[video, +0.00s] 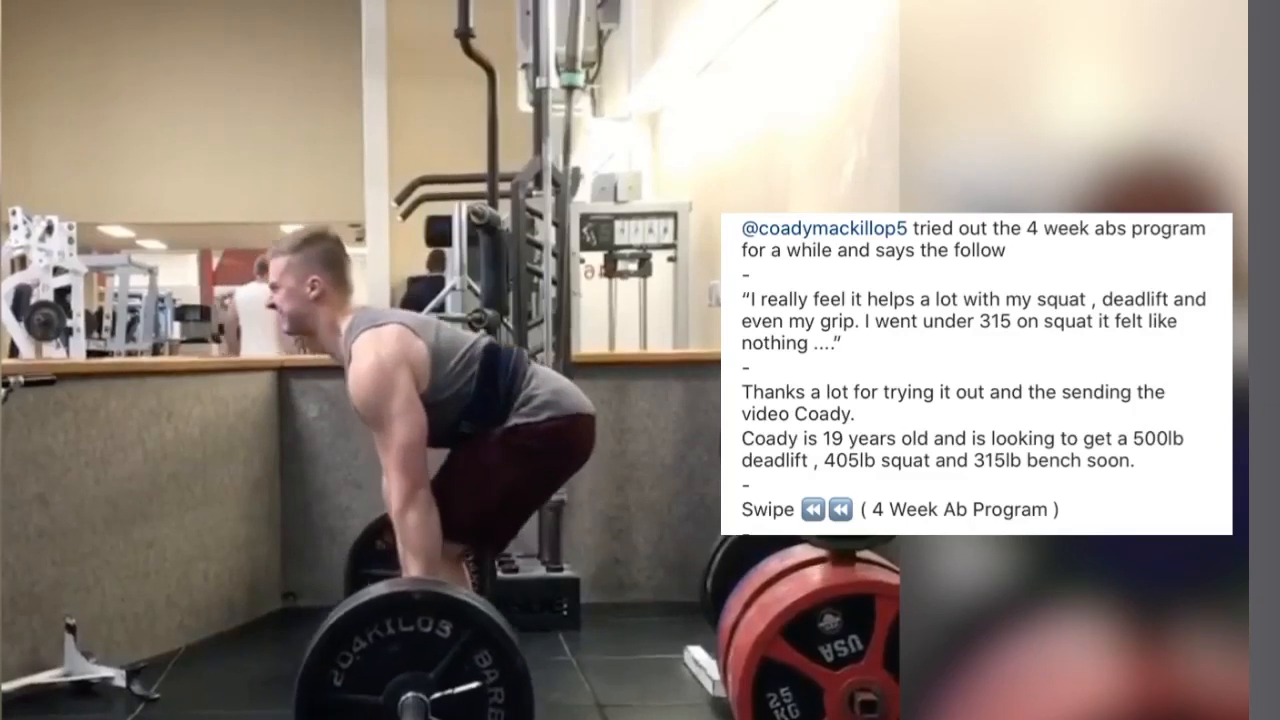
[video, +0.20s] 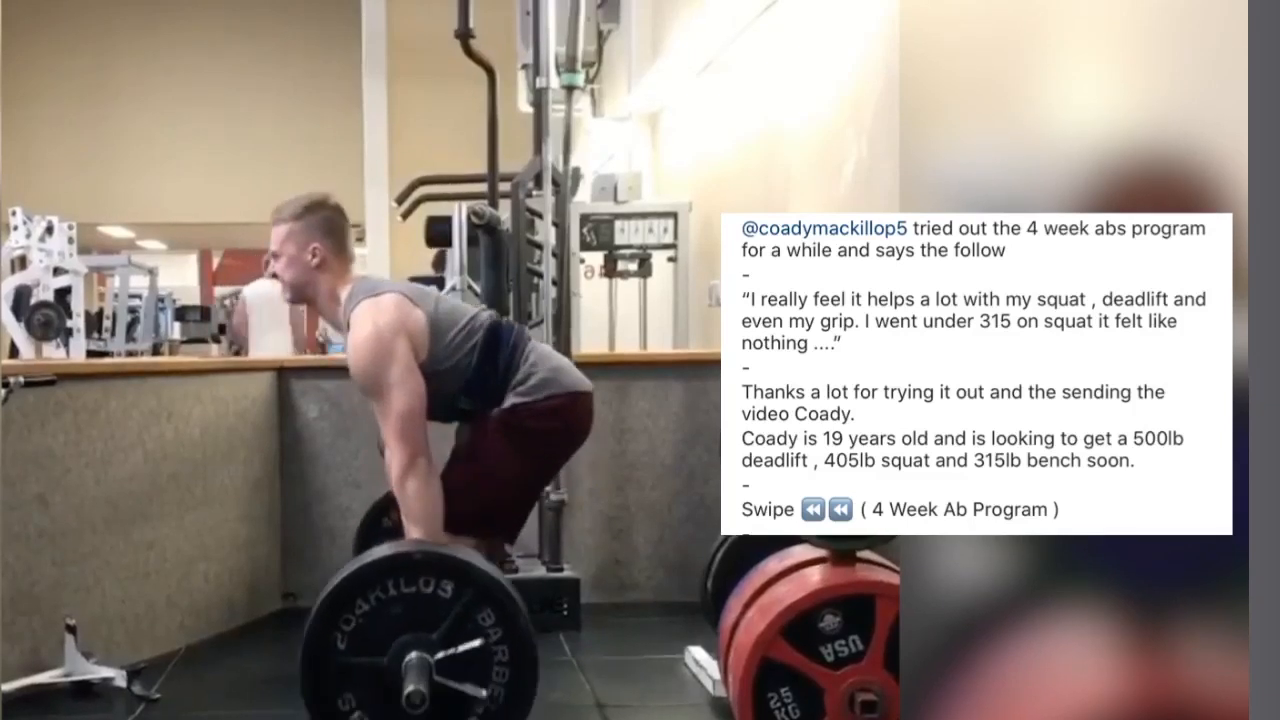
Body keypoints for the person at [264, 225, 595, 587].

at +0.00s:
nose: (271, 301)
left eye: (278, 288)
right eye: (271, 289)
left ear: (314, 287)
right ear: (315, 287)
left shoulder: (377, 359)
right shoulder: (365, 346)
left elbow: (411, 496)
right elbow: (397, 482)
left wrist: (420, 609)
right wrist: (417, 599)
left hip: (547, 418)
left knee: (434, 545)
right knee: (429, 541)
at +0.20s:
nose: (270, 268)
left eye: (277, 256)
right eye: (270, 257)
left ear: (314, 255)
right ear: (314, 255)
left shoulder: (375, 327)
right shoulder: (368, 313)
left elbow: (412, 464)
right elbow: (397, 451)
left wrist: (425, 579)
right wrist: (421, 567)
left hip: (542, 396)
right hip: (524, 394)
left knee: (457, 539)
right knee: (459, 536)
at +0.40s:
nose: (280, 221)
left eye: (288, 208)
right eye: (281, 209)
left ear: (324, 207)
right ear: (323, 210)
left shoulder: (376, 285)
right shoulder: (369, 274)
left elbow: (413, 424)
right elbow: (401, 410)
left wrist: (435, 543)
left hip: (533, 383)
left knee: (470, 530)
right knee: (467, 526)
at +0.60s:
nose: (304, 168)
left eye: (312, 153)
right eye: (304, 155)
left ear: (350, 154)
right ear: (353, 156)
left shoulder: (395, 237)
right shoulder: (383, 233)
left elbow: (419, 380)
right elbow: (411, 373)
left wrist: (433, 504)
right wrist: (416, 498)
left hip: (520, 379)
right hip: (495, 378)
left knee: (456, 538)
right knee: (445, 531)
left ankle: (466, 708)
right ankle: (454, 700)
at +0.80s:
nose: (344, 120)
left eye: (353, 105)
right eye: (345, 106)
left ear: (393, 104)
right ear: (393, 108)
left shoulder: (420, 195)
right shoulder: (410, 184)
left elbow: (429, 339)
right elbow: (435, 307)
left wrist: (424, 461)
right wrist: (406, 332)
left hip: (487, 381)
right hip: (475, 374)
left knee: (459, 548)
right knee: (451, 542)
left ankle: (466, 708)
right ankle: (458, 696)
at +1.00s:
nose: (400, 99)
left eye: (407, 83)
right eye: (399, 85)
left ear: (448, 80)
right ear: (449, 83)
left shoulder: (464, 170)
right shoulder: (459, 163)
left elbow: (446, 306)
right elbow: (439, 298)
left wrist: (424, 412)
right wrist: (391, 371)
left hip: (469, 373)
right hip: (469, 366)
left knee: (450, 545)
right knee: (452, 543)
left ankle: (467, 708)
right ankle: (461, 698)